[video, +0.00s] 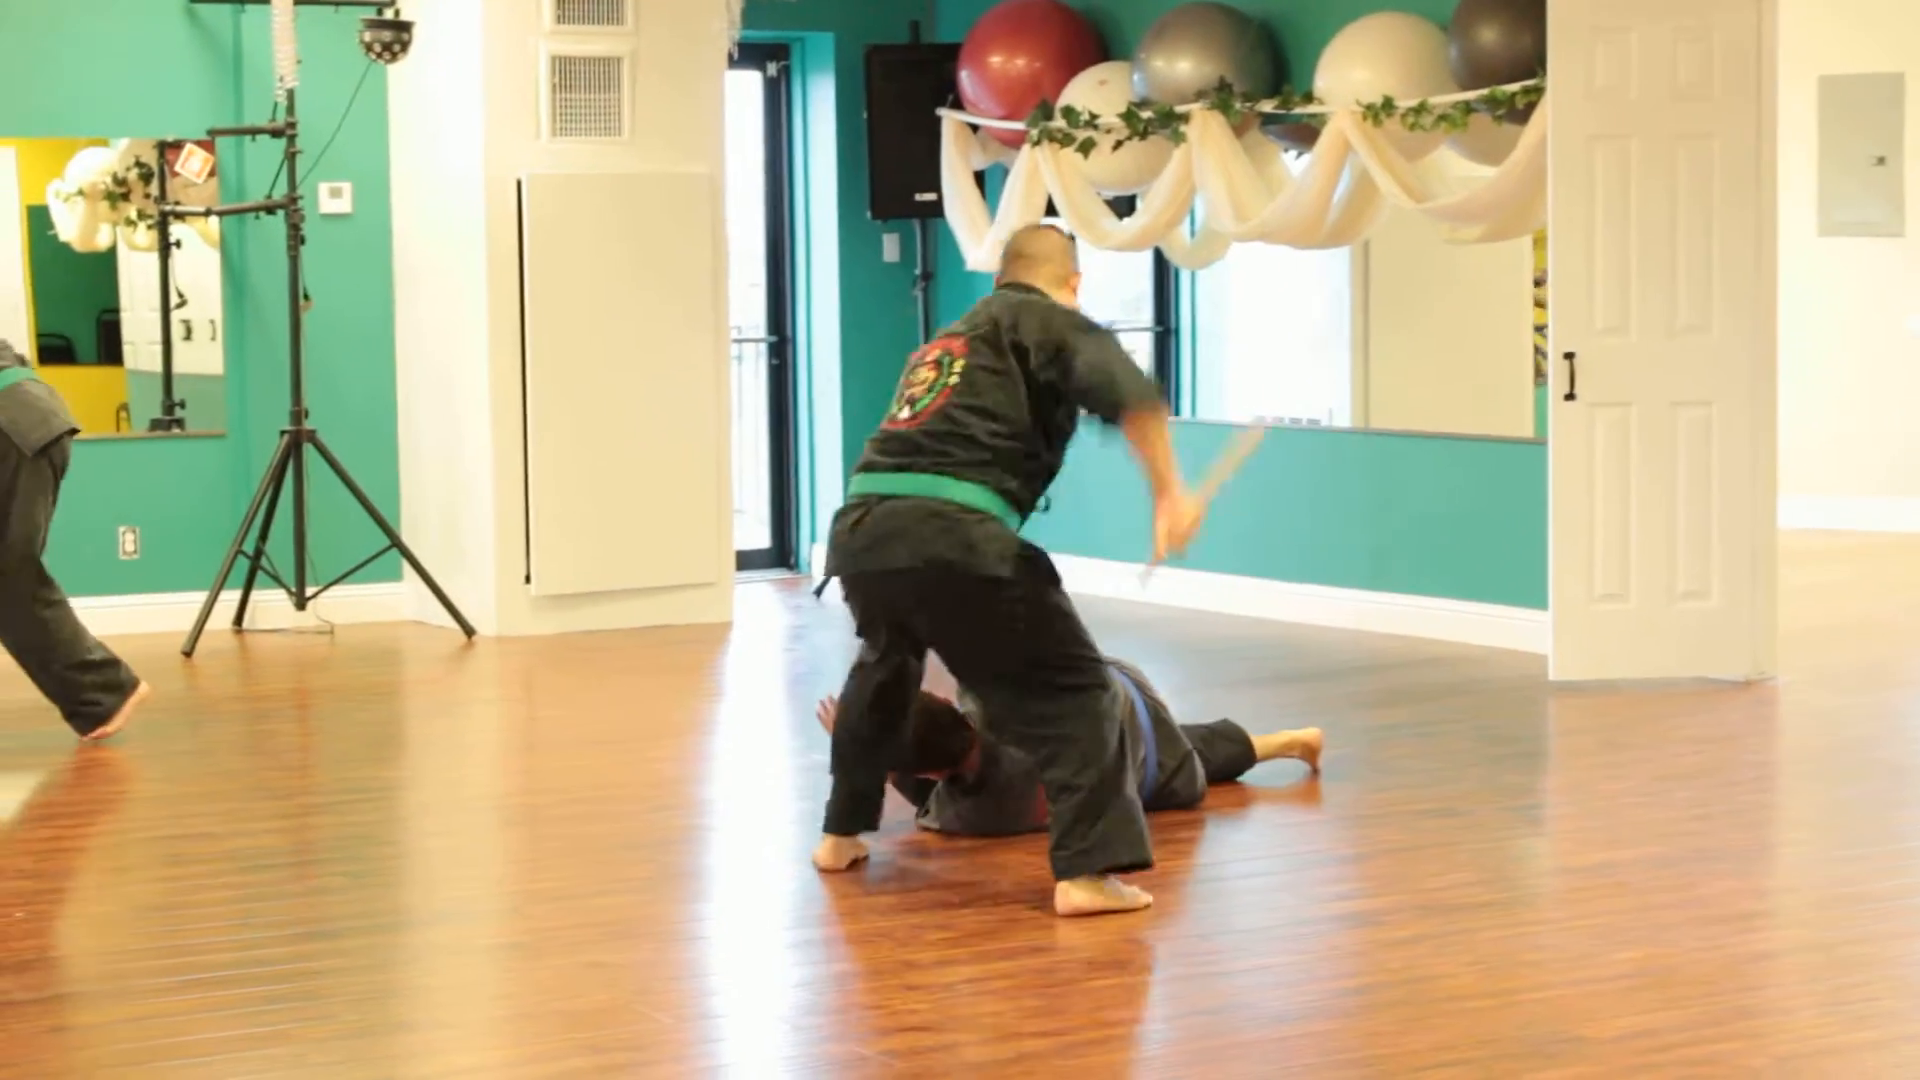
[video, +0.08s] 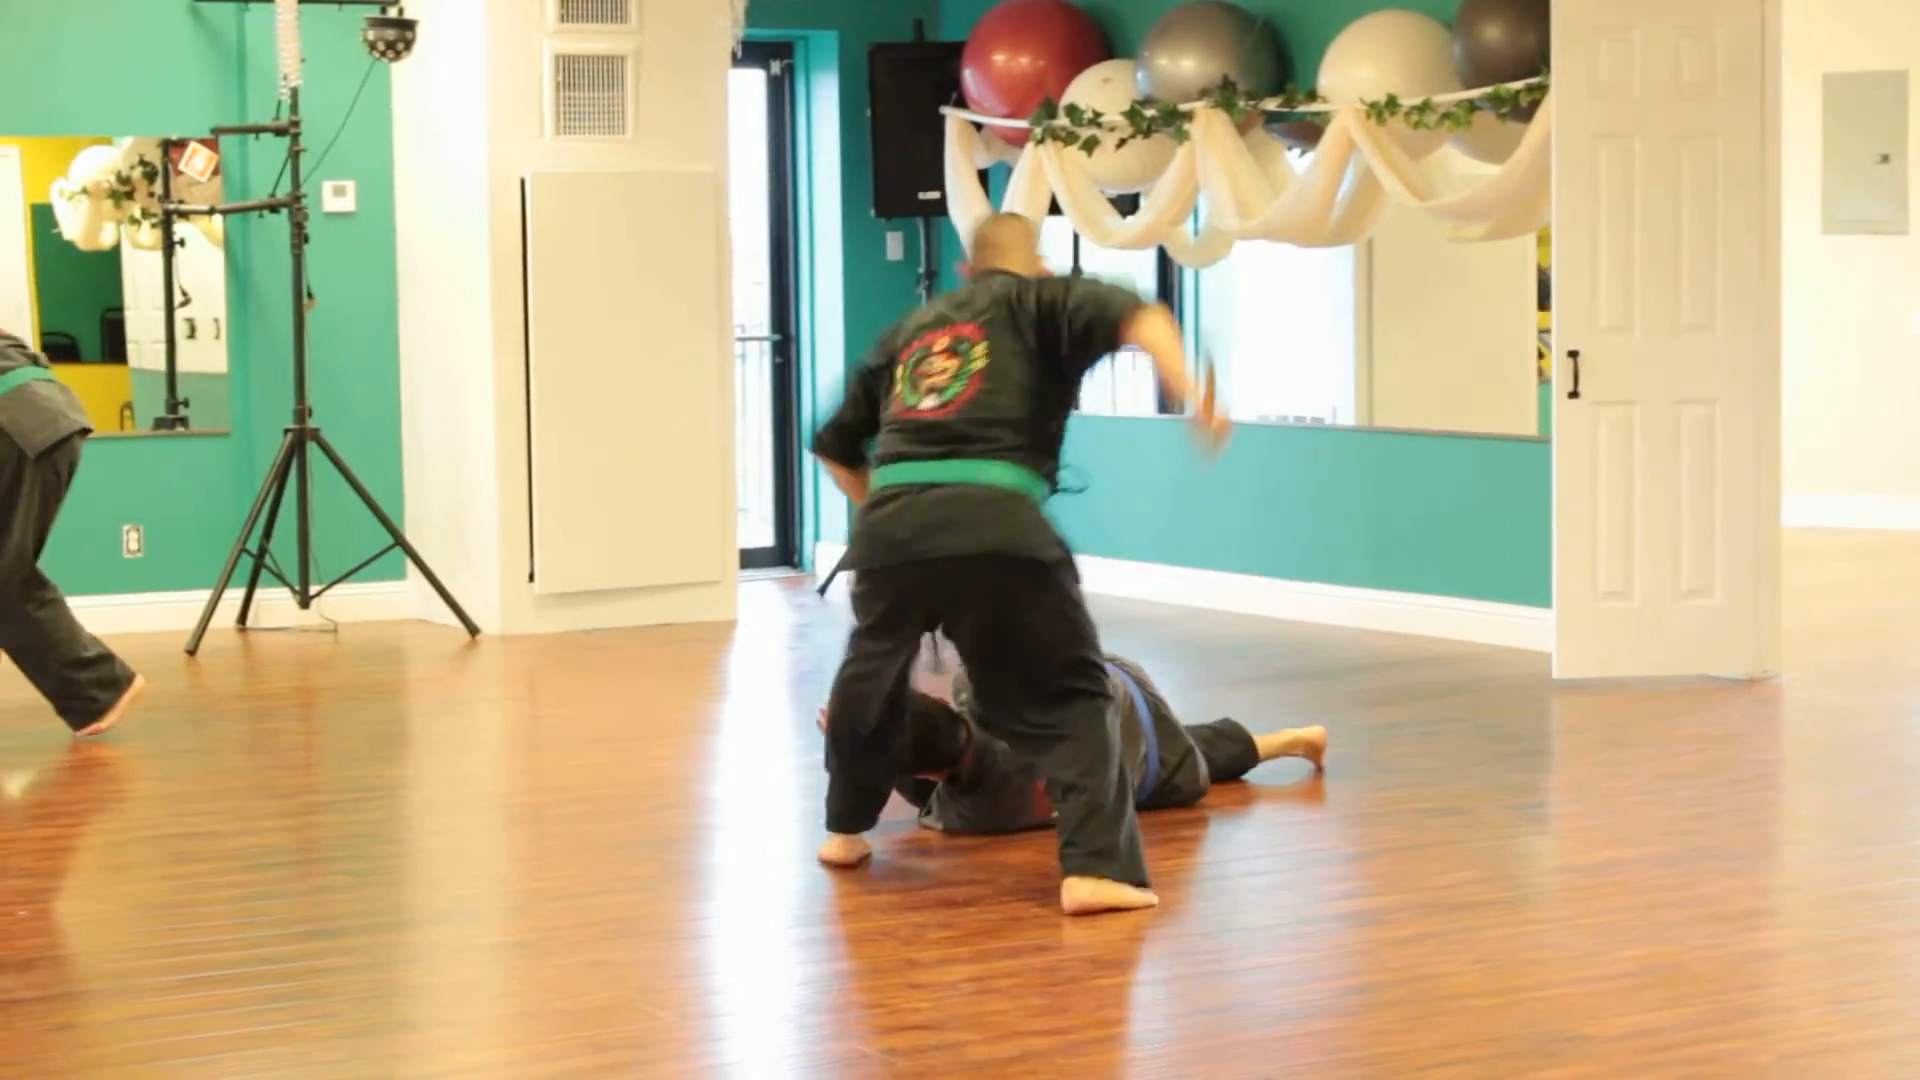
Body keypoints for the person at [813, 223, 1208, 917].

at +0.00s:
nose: (1079, 298)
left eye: (1077, 289)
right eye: (1078, 288)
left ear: (999, 279)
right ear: (1067, 284)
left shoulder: (949, 336)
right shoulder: (1045, 320)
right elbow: (1132, 391)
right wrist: (1170, 491)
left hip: (862, 532)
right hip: (956, 534)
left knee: (886, 653)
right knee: (1074, 688)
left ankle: (841, 832)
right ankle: (1085, 871)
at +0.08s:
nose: (1049, 273)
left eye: (1044, 263)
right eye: (1045, 262)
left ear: (969, 268)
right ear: (1035, 264)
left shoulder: (911, 327)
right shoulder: (1043, 295)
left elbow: (834, 444)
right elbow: (1143, 316)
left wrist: (896, 520)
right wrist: (1190, 388)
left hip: (892, 528)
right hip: (998, 523)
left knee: (875, 654)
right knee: (1069, 691)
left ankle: (844, 827)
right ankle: (1096, 867)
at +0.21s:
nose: (872, 273)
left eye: (873, 264)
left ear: (879, 266)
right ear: (957, 251)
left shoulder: (855, 331)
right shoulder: (1023, 280)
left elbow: (818, 457)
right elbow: (1140, 275)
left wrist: (794, 467)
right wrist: (1194, 293)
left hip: (954, 524)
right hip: (1063, 511)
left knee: (876, 658)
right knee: (1082, 680)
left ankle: (921, 823)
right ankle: (1172, 761)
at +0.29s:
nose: (849, 295)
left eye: (847, 286)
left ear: (855, 283)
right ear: (922, 261)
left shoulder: (847, 349)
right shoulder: (993, 294)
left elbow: (833, 472)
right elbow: (1088, 352)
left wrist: (885, 505)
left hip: (992, 544)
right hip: (1081, 518)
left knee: (879, 655)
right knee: (1061, 668)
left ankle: (931, 839)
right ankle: (1219, 718)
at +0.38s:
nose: (825, 317)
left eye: (822, 305)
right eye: (823, 306)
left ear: (833, 298)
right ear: (891, 279)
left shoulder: (861, 354)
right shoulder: (966, 321)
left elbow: (860, 498)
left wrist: (922, 471)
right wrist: (933, 481)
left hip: (1014, 552)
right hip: (1094, 530)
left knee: (890, 655)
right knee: (1052, 670)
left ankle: (928, 836)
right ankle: (1172, 762)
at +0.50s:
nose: (815, 356)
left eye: (806, 340)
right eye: (806, 343)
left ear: (820, 322)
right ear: (865, 298)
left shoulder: (897, 364)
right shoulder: (931, 331)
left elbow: (911, 497)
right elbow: (972, 448)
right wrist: (929, 537)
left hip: (1052, 542)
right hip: (1093, 524)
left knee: (919, 645)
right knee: (1034, 670)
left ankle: (938, 831)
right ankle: (1127, 775)